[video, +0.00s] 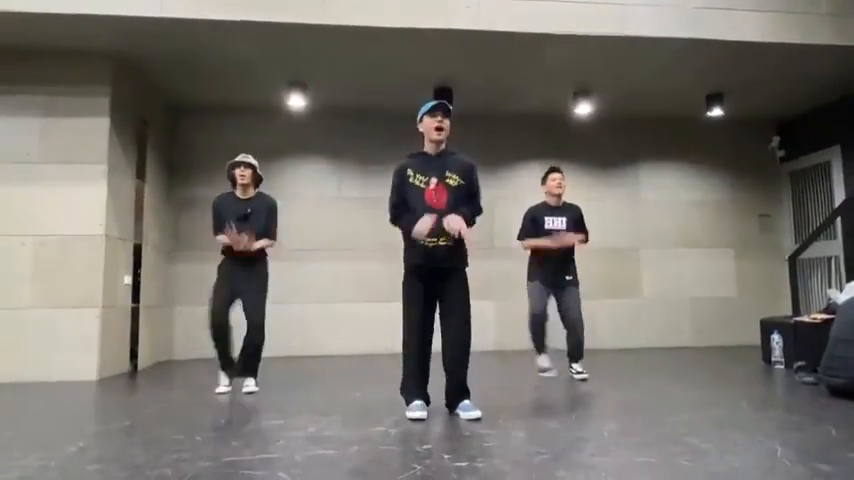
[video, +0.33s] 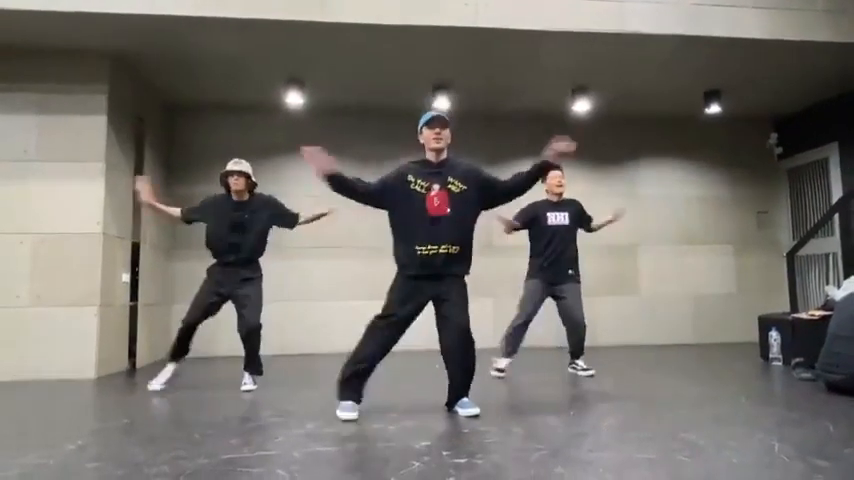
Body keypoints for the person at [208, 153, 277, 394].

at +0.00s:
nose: (242, 172)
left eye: (246, 168)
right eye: (238, 168)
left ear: (255, 174)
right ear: (232, 173)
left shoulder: (268, 203)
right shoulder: (221, 201)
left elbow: (271, 239)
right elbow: (218, 236)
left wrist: (252, 246)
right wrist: (232, 242)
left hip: (255, 268)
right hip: (229, 266)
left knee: (256, 322)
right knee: (217, 316)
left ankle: (249, 374)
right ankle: (226, 369)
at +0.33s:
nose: (235, 180)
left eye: (240, 176)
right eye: (231, 176)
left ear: (249, 181)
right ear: (226, 180)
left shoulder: (265, 205)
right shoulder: (215, 204)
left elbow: (296, 220)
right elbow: (183, 215)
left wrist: (319, 214)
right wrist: (152, 203)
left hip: (249, 276)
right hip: (219, 274)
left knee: (250, 326)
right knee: (189, 322)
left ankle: (251, 373)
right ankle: (173, 363)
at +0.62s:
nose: (235, 162)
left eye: (240, 158)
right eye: (231, 158)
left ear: (249, 164)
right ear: (226, 162)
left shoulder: (263, 194)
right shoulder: (218, 188)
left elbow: (278, 226)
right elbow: (197, 199)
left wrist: (269, 229)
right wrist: (214, 171)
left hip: (248, 260)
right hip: (220, 258)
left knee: (251, 318)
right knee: (209, 314)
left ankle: (249, 370)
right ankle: (226, 352)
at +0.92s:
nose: (232, 159)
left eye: (238, 155)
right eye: (230, 155)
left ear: (247, 161)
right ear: (225, 159)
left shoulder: (258, 192)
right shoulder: (216, 186)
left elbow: (267, 226)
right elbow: (203, 198)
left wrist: (256, 247)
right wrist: (213, 171)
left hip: (238, 260)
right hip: (211, 256)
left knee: (237, 318)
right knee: (184, 302)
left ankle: (240, 370)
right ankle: (208, 338)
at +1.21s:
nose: (223, 160)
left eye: (228, 157)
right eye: (220, 156)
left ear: (237, 163)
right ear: (214, 161)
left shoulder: (249, 194)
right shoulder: (199, 189)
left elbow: (252, 226)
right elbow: (201, 222)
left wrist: (245, 242)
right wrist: (204, 253)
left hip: (234, 258)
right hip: (206, 257)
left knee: (238, 314)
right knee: (202, 315)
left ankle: (243, 368)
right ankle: (200, 369)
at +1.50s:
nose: (218, 161)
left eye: (223, 158)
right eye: (215, 157)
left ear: (233, 163)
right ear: (209, 162)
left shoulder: (247, 194)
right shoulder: (196, 190)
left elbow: (252, 224)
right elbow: (197, 224)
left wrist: (244, 238)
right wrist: (200, 256)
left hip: (230, 259)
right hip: (202, 258)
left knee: (249, 312)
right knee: (177, 315)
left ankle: (257, 365)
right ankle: (172, 365)